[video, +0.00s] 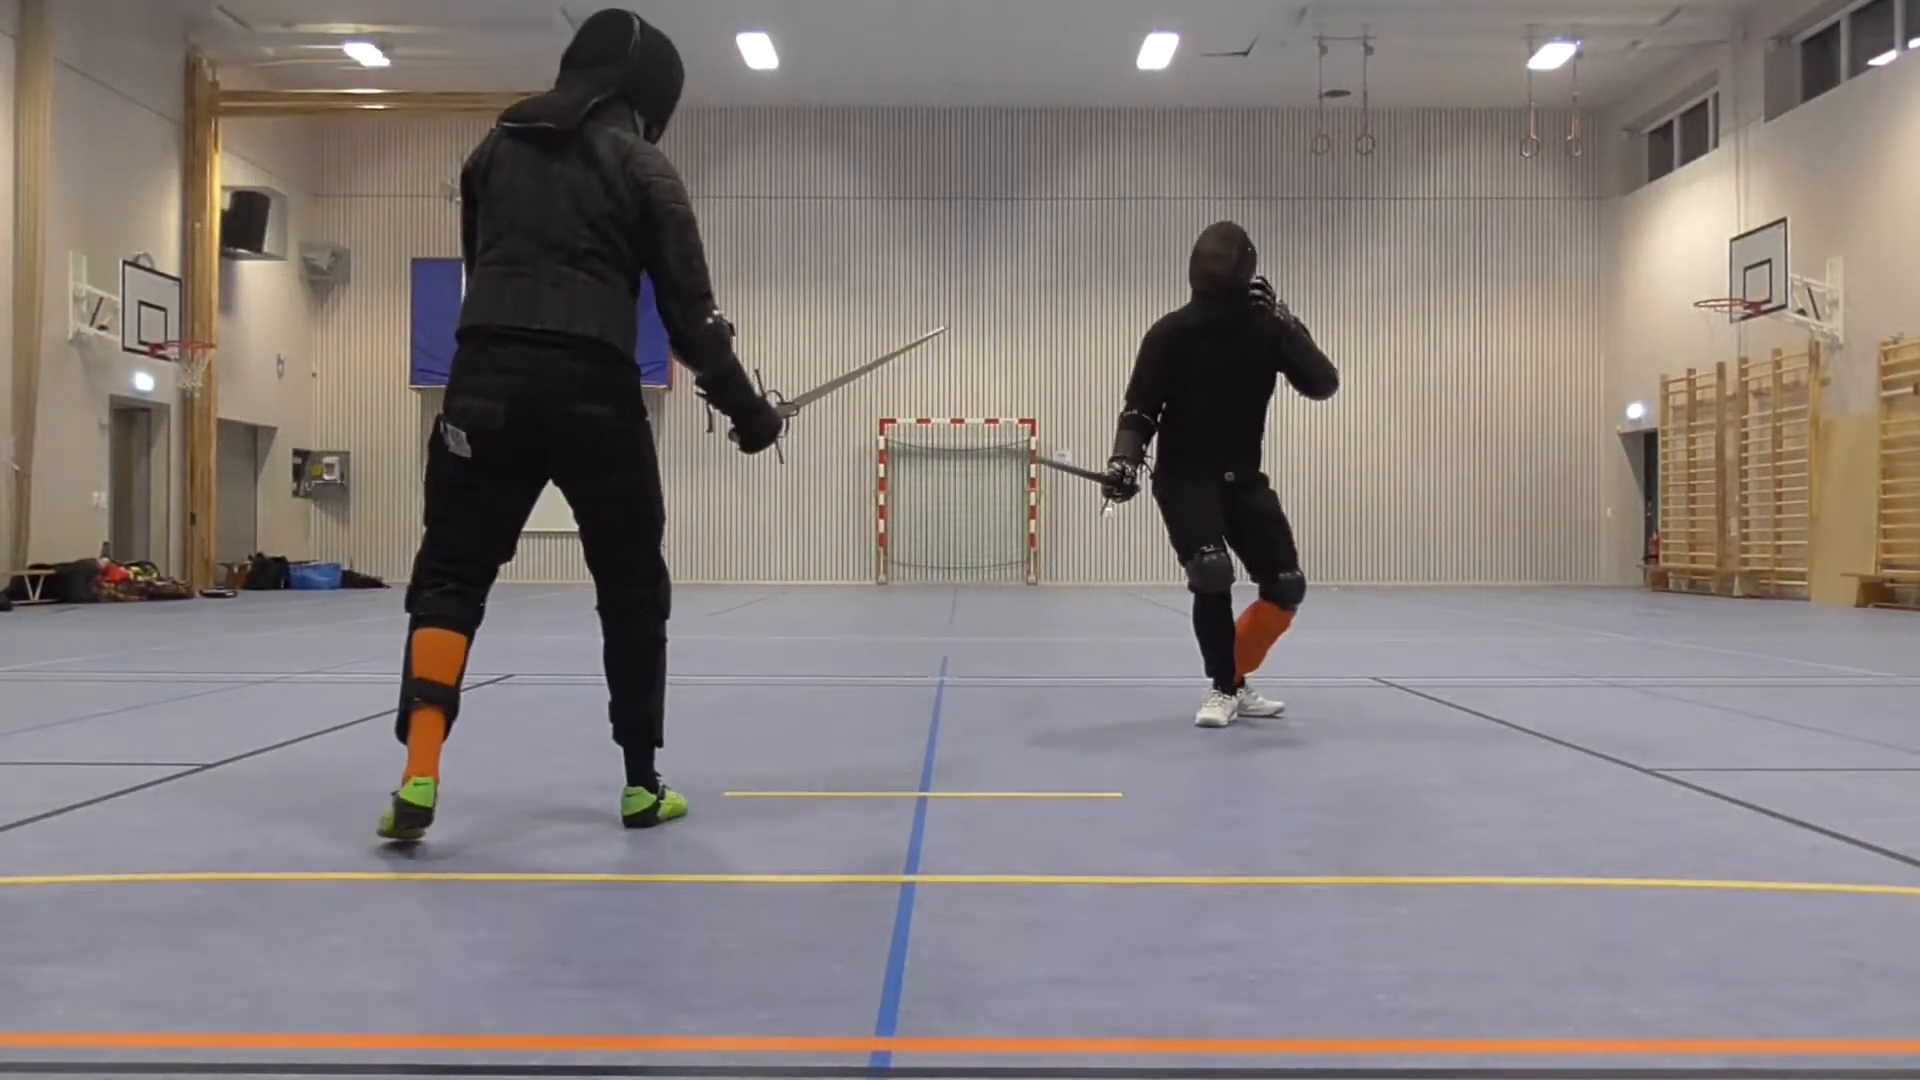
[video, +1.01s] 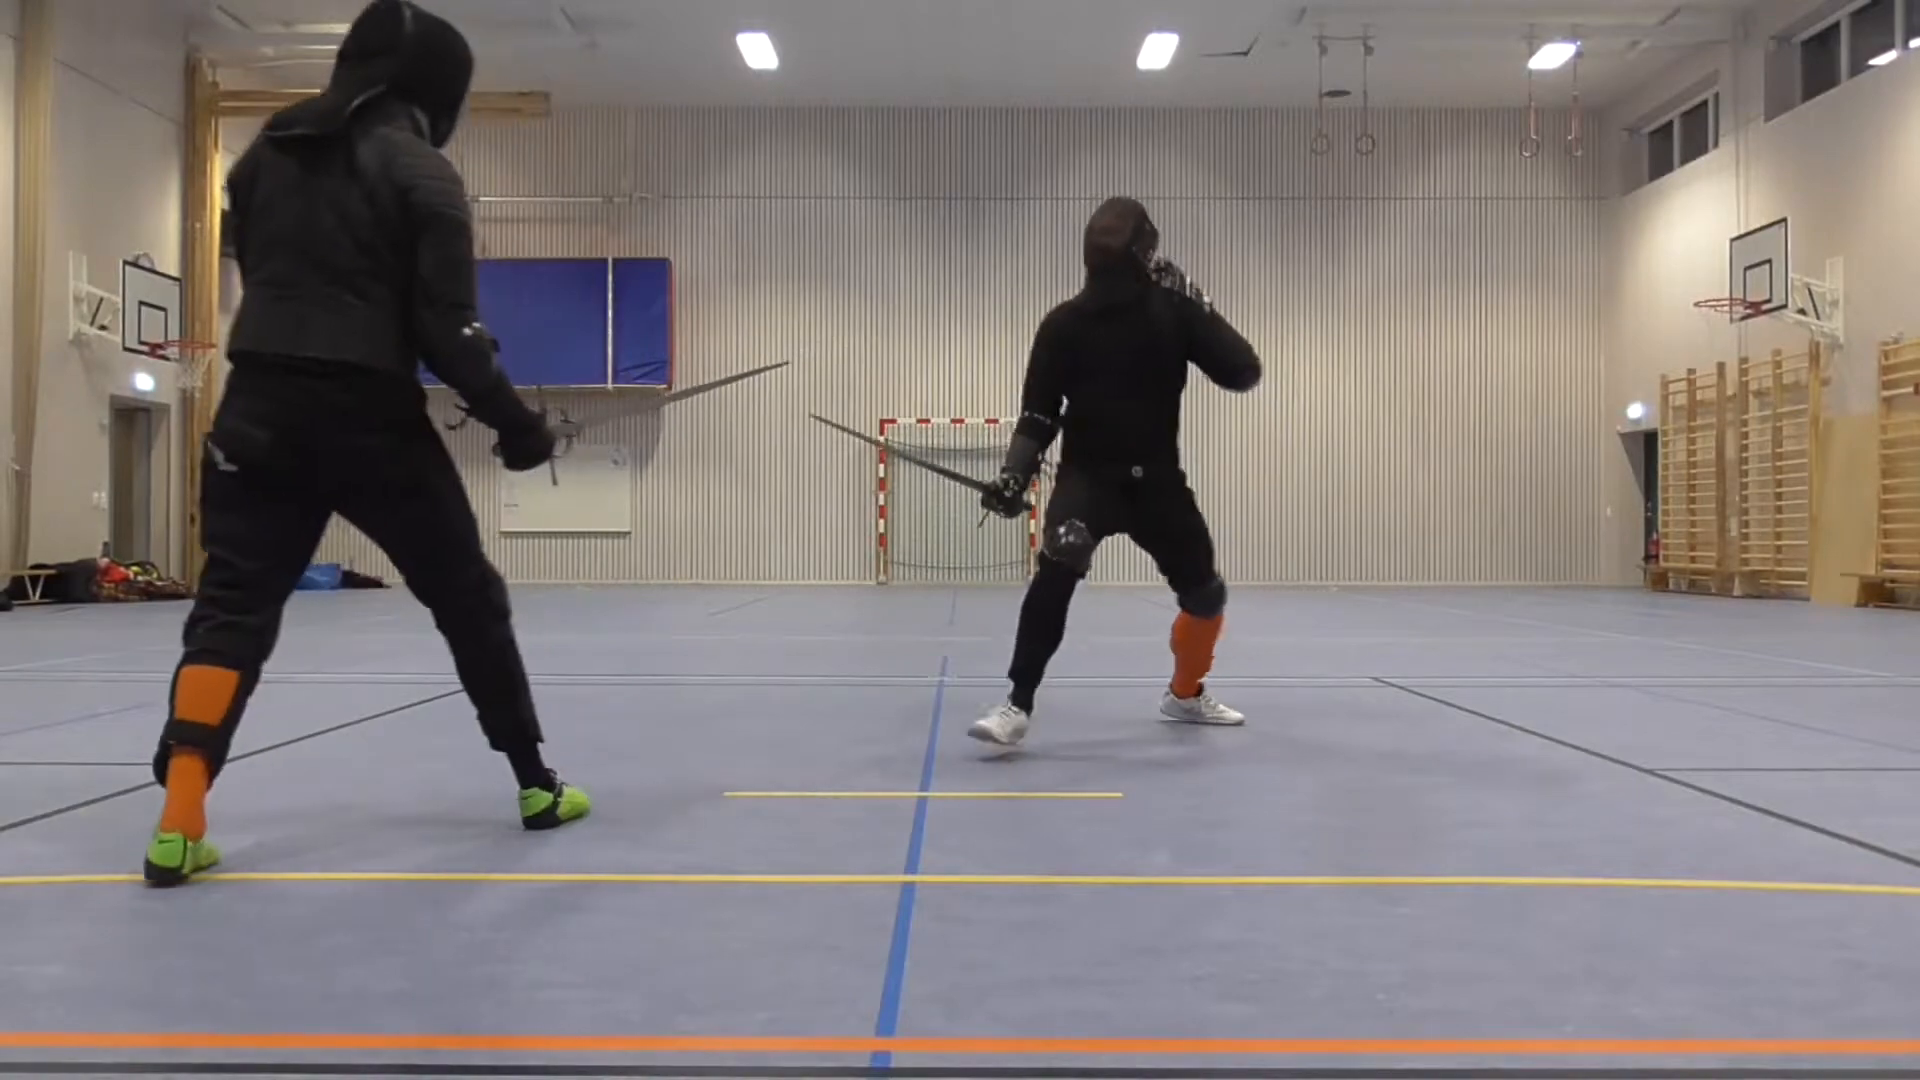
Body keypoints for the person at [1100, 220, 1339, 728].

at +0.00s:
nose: (1208, 280)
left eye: (1219, 270)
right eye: (1203, 269)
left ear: (1243, 272)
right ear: (1192, 268)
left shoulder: (1268, 329)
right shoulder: (1170, 335)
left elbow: (1323, 384)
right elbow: (1140, 408)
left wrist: (1283, 320)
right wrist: (1125, 459)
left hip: (1241, 476)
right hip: (1183, 476)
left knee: (1285, 587)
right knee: (1212, 573)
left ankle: (1232, 684)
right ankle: (1223, 690)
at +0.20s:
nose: (1194, 267)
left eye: (1206, 258)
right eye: (1189, 256)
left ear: (1231, 269)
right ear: (1179, 260)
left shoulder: (1255, 327)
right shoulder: (1155, 330)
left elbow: (1308, 384)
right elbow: (1125, 404)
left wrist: (1271, 321)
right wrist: (1109, 456)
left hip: (1227, 470)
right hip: (1167, 469)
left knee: (1274, 586)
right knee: (1186, 556)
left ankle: (1228, 687)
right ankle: (1191, 676)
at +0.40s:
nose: (1164, 262)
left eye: (1176, 253)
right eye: (1161, 252)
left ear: (1204, 264)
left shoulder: (1227, 325)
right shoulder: (1126, 330)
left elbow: (1287, 380)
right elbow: (1092, 404)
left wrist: (1245, 320)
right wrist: (1072, 460)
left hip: (1206, 482)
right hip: (1142, 480)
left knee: (1254, 590)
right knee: (1123, 561)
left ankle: (1228, 690)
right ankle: (1075, 680)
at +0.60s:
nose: (1120, 291)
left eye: (1135, 282)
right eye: (1115, 278)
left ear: (1165, 285)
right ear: (1106, 281)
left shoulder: (1186, 347)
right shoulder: (1080, 349)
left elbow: (1257, 403)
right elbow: (1029, 410)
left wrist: (1212, 338)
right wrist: (991, 461)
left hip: (1162, 507)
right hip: (1095, 504)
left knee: (1243, 607)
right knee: (1076, 577)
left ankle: (1198, 685)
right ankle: (1025, 717)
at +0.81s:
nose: (1106, 292)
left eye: (1119, 282)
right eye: (1100, 281)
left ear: (1153, 286)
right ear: (1092, 284)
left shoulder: (1179, 353)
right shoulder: (1072, 358)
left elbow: (1255, 405)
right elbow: (1028, 426)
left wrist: (1203, 351)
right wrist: (987, 471)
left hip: (1165, 508)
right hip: (1096, 507)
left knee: (1237, 621)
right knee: (1077, 577)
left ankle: (1184, 700)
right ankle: (1027, 716)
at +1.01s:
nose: (1150, 254)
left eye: (1129, 249)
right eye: (1149, 246)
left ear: (1098, 253)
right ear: (1145, 252)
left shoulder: (1173, 314)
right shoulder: (1064, 325)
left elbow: (1242, 371)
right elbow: (1038, 416)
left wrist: (1187, 304)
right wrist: (1013, 474)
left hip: (1156, 480)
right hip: (1085, 480)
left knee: (1205, 596)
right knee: (1059, 568)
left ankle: (1186, 697)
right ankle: (1015, 707)